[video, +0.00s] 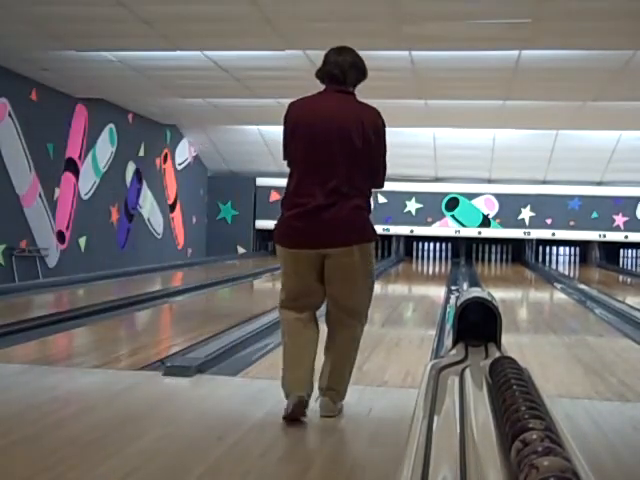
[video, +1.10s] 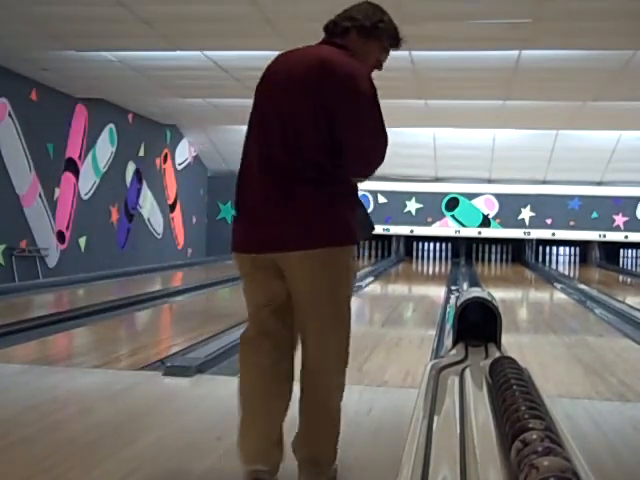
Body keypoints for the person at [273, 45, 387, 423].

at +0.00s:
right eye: (360, 76)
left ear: (322, 74)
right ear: (358, 79)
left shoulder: (297, 110)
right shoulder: (370, 117)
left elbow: (290, 159)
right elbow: (378, 178)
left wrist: (330, 160)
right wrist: (341, 164)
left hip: (297, 232)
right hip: (350, 235)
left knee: (297, 308)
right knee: (347, 317)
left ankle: (297, 394)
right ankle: (331, 400)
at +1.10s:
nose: (377, 68)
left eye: (382, 60)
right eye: (379, 57)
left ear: (338, 32)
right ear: (360, 36)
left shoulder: (280, 65)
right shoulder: (350, 75)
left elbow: (270, 144)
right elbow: (369, 156)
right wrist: (325, 172)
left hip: (254, 229)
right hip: (317, 233)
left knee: (264, 337)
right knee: (325, 352)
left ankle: (258, 464)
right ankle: (317, 466)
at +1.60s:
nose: (381, 33)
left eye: (388, 23)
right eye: (385, 18)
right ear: (361, 3)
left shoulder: (266, 33)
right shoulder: (327, 35)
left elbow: (215, 123)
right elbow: (319, 122)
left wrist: (297, 160)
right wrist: (375, 192)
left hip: (222, 227)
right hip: (289, 231)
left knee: (238, 376)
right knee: (308, 383)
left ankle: (233, 475)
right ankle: (300, 473)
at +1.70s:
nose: (393, 35)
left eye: (400, 24)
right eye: (398, 18)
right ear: (375, 2)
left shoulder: (274, 27)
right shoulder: (335, 34)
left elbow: (212, 111)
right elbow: (338, 133)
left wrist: (287, 146)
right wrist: (401, 217)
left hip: (218, 225)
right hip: (288, 229)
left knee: (236, 383)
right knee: (310, 393)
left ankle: (232, 475)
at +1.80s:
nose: (414, 38)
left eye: (421, 27)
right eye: (416, 21)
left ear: (376, 2)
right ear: (386, 6)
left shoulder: (287, 26)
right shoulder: (352, 44)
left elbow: (214, 101)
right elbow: (386, 169)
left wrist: (285, 143)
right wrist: (444, 258)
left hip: (214, 227)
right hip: (286, 233)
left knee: (233, 382)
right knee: (310, 396)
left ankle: (231, 475)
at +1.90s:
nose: (436, 65)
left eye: (444, 52)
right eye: (439, 45)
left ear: (391, 13)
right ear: (411, 21)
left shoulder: (307, 29)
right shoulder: (384, 65)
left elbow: (218, 94)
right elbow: (429, 197)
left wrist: (279, 147)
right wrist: (481, 299)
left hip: (209, 235)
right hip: (289, 243)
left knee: (224, 400)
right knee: (307, 410)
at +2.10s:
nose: (478, 123)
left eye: (488, 115)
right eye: (485, 110)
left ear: (442, 58)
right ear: (466, 75)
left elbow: (240, 77)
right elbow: (474, 248)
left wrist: (272, 165)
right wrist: (522, 371)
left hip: (192, 215)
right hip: (285, 235)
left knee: (208, 397)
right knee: (317, 417)